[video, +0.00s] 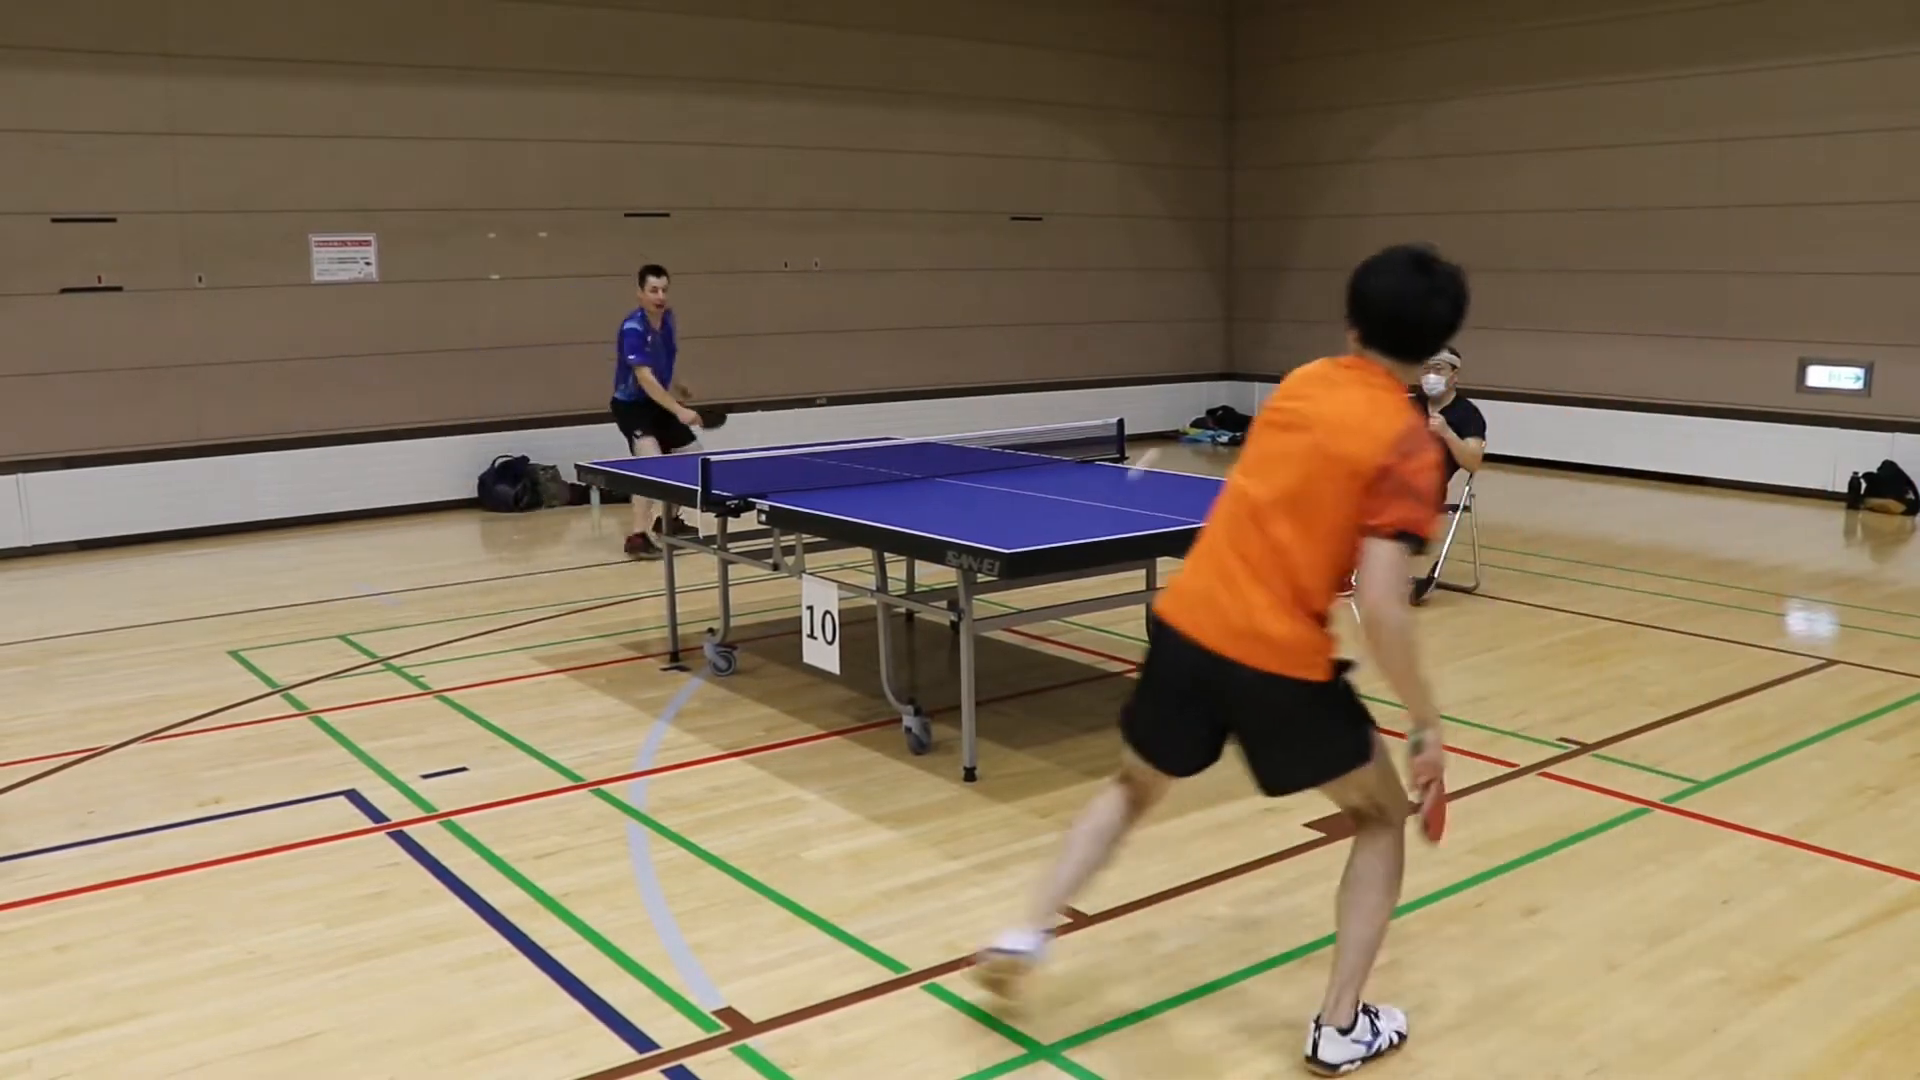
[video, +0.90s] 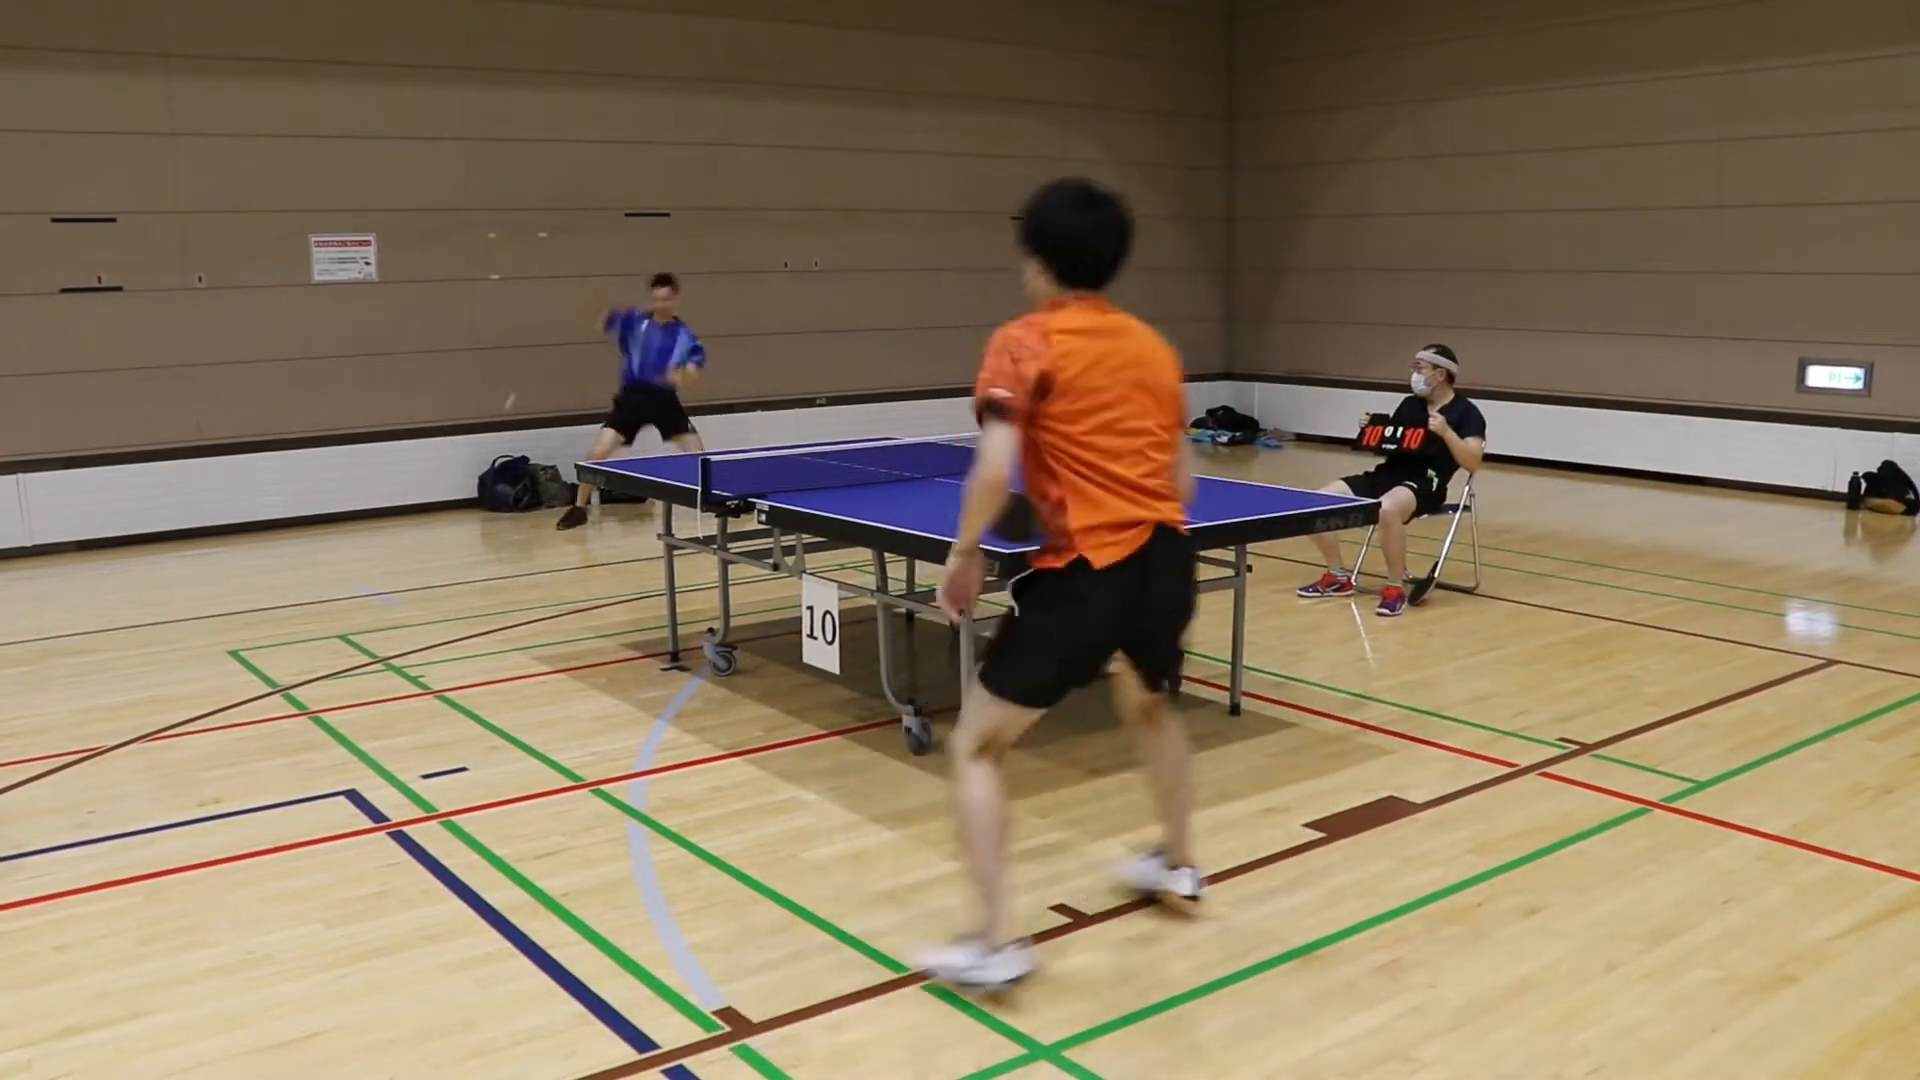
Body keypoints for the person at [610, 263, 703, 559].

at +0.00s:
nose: (660, 296)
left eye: (664, 290)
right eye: (653, 290)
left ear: (668, 292)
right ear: (640, 293)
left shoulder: (667, 319)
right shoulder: (633, 327)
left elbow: (666, 359)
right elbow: (645, 379)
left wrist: (676, 385)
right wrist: (678, 410)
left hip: (658, 399)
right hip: (631, 403)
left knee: (685, 455)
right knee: (651, 457)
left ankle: (670, 519)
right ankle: (638, 534)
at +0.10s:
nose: (656, 291)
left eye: (660, 285)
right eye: (650, 285)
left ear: (666, 287)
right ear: (638, 288)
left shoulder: (673, 314)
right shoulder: (628, 324)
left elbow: (685, 344)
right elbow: (631, 374)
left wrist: (705, 368)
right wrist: (666, 400)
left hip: (666, 396)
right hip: (636, 399)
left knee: (692, 452)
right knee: (648, 455)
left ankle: (668, 517)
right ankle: (622, 514)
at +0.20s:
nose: (651, 279)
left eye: (655, 273)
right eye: (645, 274)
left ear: (661, 275)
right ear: (633, 277)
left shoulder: (675, 300)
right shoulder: (622, 314)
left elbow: (695, 324)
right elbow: (617, 361)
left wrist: (719, 349)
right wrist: (644, 391)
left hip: (670, 385)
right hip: (636, 388)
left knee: (692, 447)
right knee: (631, 449)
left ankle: (671, 513)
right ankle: (619, 517)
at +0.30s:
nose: (646, 268)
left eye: (650, 262)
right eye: (640, 263)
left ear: (656, 264)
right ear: (629, 267)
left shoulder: (672, 290)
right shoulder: (617, 303)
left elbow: (698, 309)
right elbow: (603, 344)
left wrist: (721, 335)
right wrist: (620, 378)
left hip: (668, 373)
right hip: (633, 376)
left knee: (700, 436)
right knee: (615, 438)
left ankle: (690, 499)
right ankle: (598, 496)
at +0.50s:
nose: (639, 296)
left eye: (643, 291)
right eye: (633, 291)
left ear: (649, 292)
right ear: (624, 294)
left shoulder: (668, 319)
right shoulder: (614, 325)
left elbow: (696, 341)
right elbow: (595, 356)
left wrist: (709, 378)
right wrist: (594, 383)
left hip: (663, 401)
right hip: (629, 402)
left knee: (698, 449)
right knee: (601, 452)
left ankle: (717, 500)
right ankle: (578, 507)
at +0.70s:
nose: (623, 336)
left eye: (628, 330)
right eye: (617, 331)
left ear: (637, 332)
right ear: (611, 336)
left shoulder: (649, 356)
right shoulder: (623, 361)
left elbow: (674, 382)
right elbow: (630, 399)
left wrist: (661, 408)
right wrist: (615, 424)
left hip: (671, 424)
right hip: (644, 424)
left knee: (704, 466)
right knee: (599, 455)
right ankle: (578, 509)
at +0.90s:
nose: (662, 305)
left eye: (667, 299)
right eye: (658, 299)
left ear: (676, 299)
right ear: (651, 299)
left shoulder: (681, 333)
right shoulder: (634, 321)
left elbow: (696, 356)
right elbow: (607, 323)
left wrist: (686, 371)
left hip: (664, 397)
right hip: (632, 396)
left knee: (695, 450)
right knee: (600, 450)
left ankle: (714, 500)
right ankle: (579, 507)